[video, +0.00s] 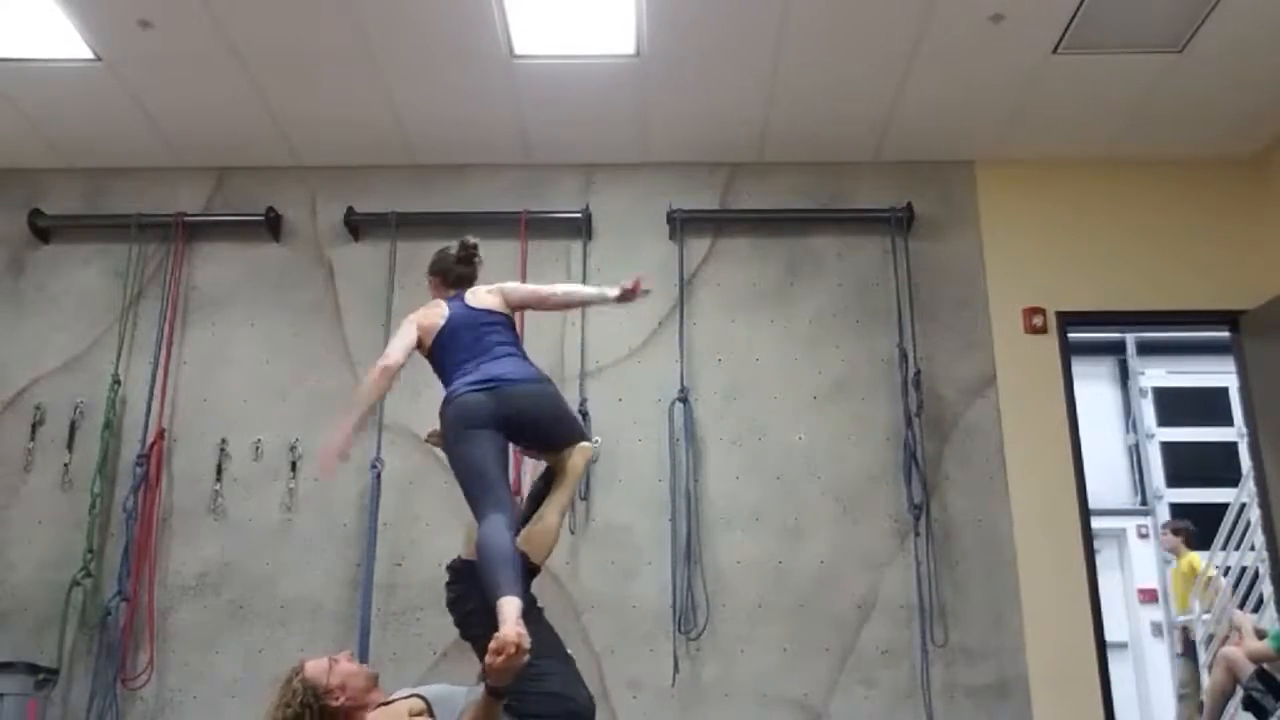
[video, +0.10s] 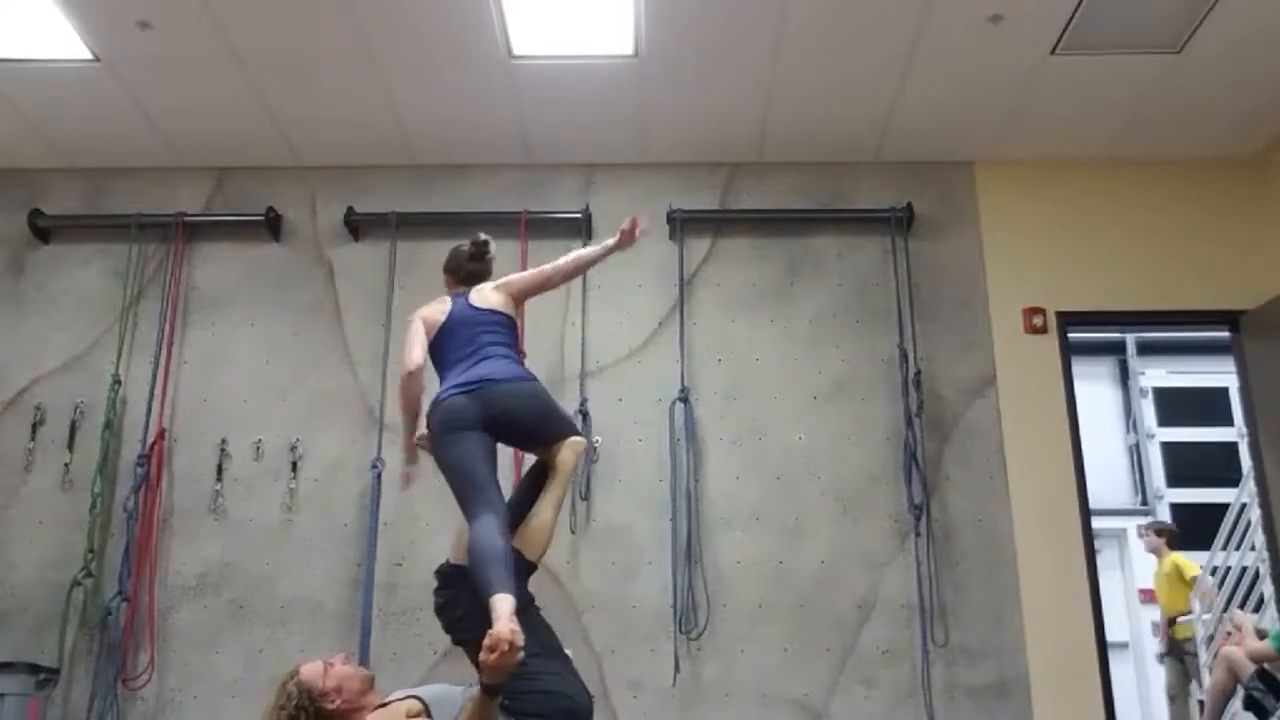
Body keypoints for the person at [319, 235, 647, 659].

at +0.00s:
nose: (429, 290)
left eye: (430, 284)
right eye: (432, 283)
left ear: (435, 284)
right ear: (469, 278)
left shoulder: (421, 319)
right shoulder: (498, 294)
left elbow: (387, 367)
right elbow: (555, 295)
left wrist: (346, 430)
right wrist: (614, 294)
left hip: (466, 407)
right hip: (530, 394)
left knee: (493, 513)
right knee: (572, 454)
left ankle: (510, 624)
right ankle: (522, 529)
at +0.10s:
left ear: (448, 281)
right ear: (486, 276)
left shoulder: (427, 314)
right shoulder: (503, 289)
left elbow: (411, 369)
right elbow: (564, 268)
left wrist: (410, 438)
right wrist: (615, 244)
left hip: (453, 408)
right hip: (512, 391)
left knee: (485, 514)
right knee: (565, 447)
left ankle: (504, 621)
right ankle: (508, 532)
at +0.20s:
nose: (508, 272)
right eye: (506, 267)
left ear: (464, 275)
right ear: (501, 271)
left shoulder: (433, 307)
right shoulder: (510, 286)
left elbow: (409, 359)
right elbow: (577, 266)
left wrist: (420, 426)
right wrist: (638, 238)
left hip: (438, 410)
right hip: (496, 394)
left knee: (467, 515)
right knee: (557, 436)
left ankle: (479, 621)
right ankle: (509, 523)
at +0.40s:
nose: (539, 261)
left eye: (532, 256)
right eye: (538, 256)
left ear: (492, 255)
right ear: (533, 259)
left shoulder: (456, 281)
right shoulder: (540, 289)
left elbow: (402, 330)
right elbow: (620, 308)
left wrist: (359, 390)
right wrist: (691, 320)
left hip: (429, 395)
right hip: (498, 397)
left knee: (453, 512)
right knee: (509, 460)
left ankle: (473, 604)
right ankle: (492, 529)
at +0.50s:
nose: (544, 273)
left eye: (532, 263)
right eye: (545, 266)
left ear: (502, 260)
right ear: (543, 266)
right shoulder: (544, 289)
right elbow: (625, 311)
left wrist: (357, 387)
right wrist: (693, 325)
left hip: (412, 395)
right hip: (478, 396)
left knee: (435, 515)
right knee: (502, 446)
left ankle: (442, 593)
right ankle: (471, 525)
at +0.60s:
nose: (554, 274)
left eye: (551, 268)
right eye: (554, 269)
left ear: (510, 261)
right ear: (549, 266)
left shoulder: (469, 284)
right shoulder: (550, 289)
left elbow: (403, 330)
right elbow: (631, 310)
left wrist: (387, 383)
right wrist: (704, 324)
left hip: (408, 397)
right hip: (474, 395)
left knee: (435, 522)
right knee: (507, 445)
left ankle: (439, 588)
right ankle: (473, 526)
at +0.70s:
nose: (557, 272)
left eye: (552, 265)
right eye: (558, 266)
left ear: (514, 259)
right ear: (554, 262)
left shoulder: (476, 279)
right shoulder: (553, 284)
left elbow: (424, 321)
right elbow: (633, 304)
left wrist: (433, 373)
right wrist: (709, 318)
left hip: (408, 398)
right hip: (473, 391)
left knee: (437, 520)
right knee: (517, 437)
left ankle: (438, 591)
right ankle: (480, 522)